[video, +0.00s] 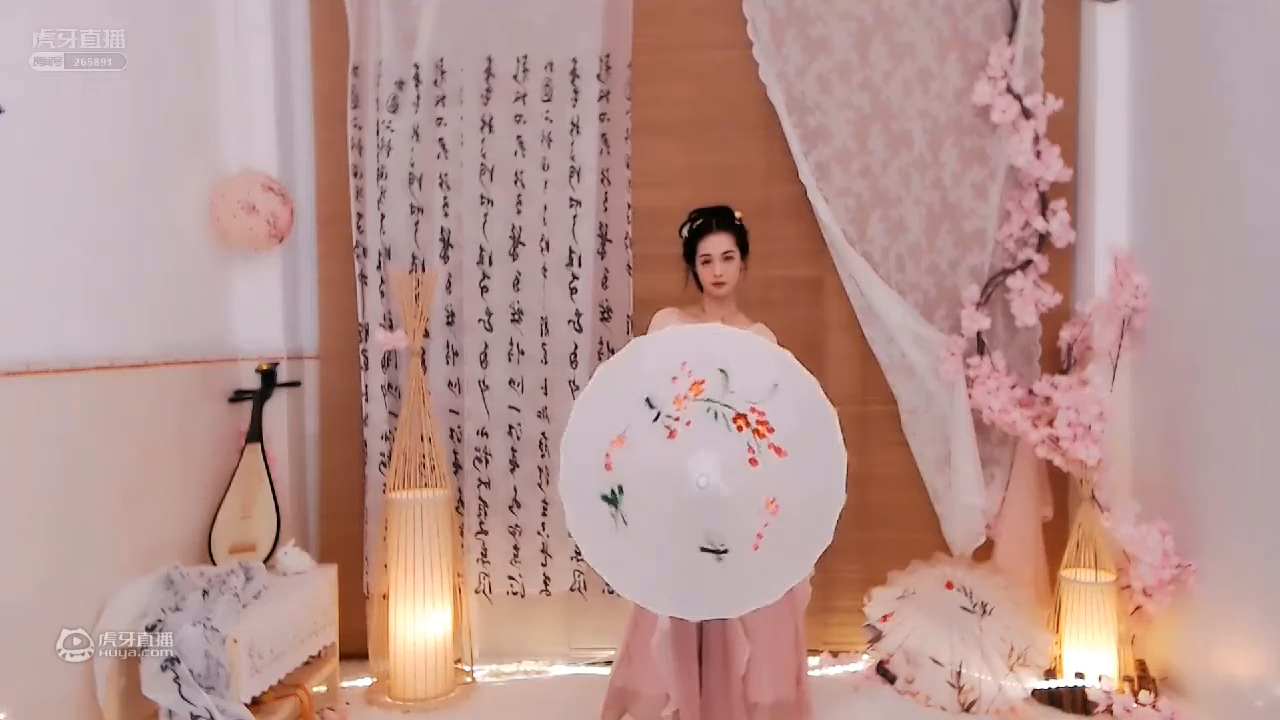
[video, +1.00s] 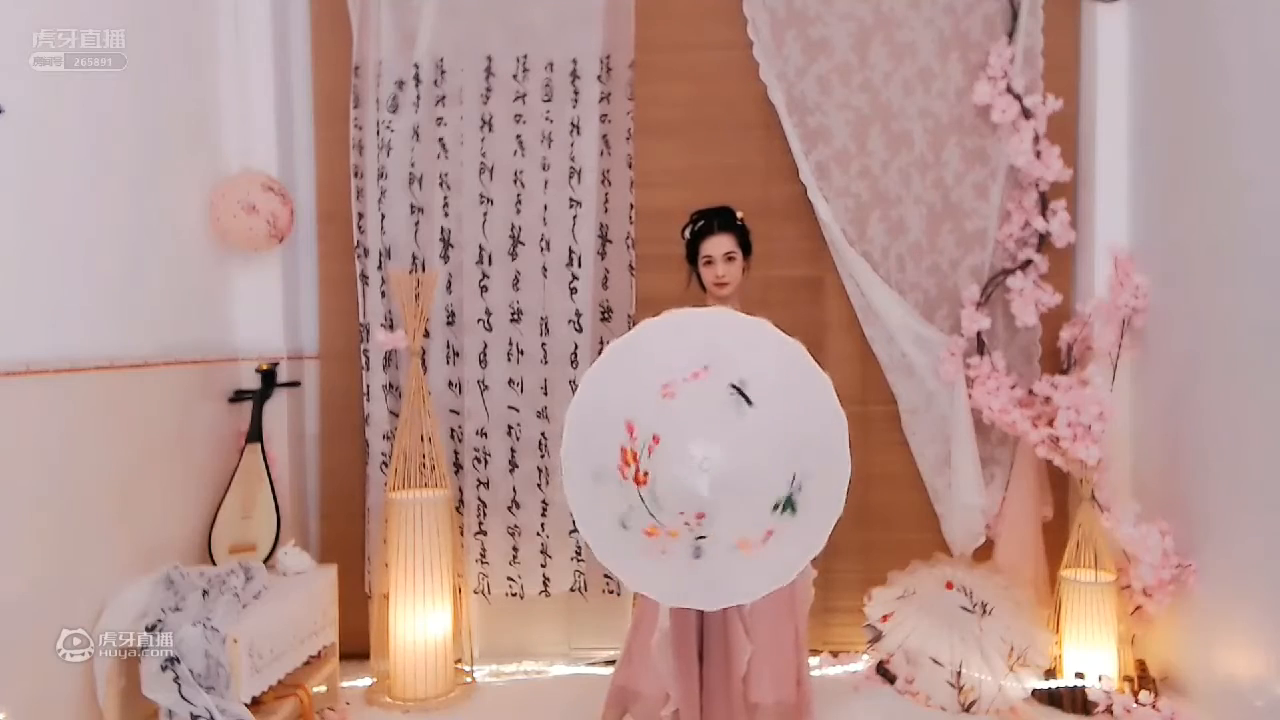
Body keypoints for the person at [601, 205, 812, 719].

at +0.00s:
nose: (717, 270)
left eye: (727, 257)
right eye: (706, 260)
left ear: (743, 262)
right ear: (692, 266)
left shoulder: (760, 335)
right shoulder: (669, 323)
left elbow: (779, 424)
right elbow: (649, 410)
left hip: (744, 489)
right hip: (680, 486)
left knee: (743, 607)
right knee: (678, 606)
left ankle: (741, 710)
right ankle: (678, 711)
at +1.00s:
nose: (719, 271)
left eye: (729, 258)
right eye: (708, 260)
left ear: (745, 263)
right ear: (695, 267)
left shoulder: (764, 340)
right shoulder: (672, 337)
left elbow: (789, 431)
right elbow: (646, 420)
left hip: (752, 493)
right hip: (684, 492)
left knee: (750, 612)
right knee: (683, 613)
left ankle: (749, 710)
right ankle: (679, 711)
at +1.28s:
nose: (717, 271)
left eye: (727, 258)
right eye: (706, 261)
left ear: (744, 263)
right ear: (693, 268)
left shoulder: (761, 339)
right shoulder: (672, 334)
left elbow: (788, 426)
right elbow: (642, 419)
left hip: (749, 494)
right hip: (683, 493)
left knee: (747, 612)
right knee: (682, 611)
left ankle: (745, 710)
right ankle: (678, 711)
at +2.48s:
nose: (716, 273)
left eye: (725, 259)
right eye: (705, 262)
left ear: (742, 264)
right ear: (692, 268)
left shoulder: (761, 342)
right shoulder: (668, 339)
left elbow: (788, 433)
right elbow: (641, 426)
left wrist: (783, 517)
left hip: (745, 499)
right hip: (679, 496)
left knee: (745, 617)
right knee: (677, 616)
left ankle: (744, 712)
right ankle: (675, 712)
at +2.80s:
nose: (715, 273)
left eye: (724, 259)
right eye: (704, 262)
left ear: (741, 263)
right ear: (692, 268)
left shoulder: (761, 341)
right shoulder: (671, 337)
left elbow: (786, 430)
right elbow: (645, 425)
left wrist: (782, 516)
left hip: (747, 496)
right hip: (681, 495)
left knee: (745, 617)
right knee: (678, 615)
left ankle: (744, 712)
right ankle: (676, 712)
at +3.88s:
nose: (715, 272)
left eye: (725, 259)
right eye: (704, 262)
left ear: (742, 262)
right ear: (692, 268)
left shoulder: (761, 339)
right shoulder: (668, 335)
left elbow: (788, 430)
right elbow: (643, 423)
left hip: (745, 494)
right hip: (677, 492)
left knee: (743, 611)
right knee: (677, 612)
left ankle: (743, 710)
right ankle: (675, 710)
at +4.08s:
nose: (714, 272)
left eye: (724, 259)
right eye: (703, 262)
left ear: (742, 262)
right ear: (692, 268)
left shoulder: (759, 336)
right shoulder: (671, 330)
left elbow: (783, 424)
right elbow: (646, 414)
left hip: (744, 486)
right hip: (679, 483)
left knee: (742, 602)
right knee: (679, 602)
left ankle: (742, 708)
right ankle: (676, 709)